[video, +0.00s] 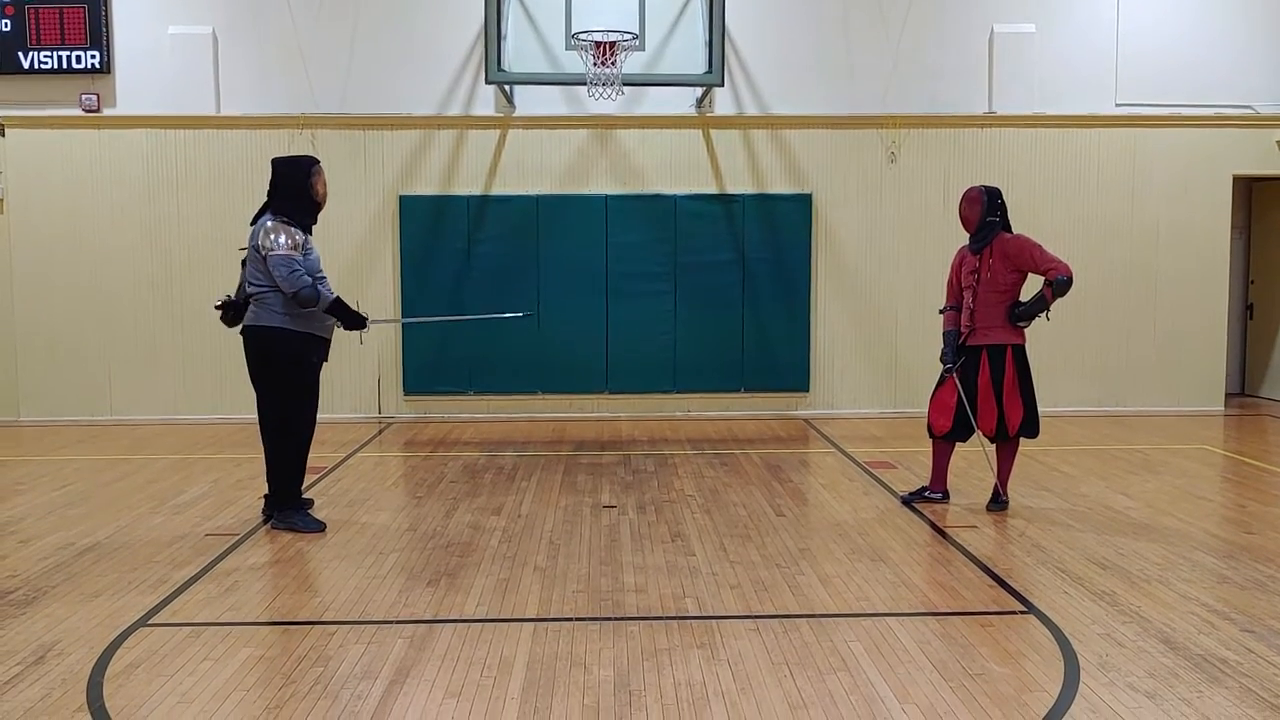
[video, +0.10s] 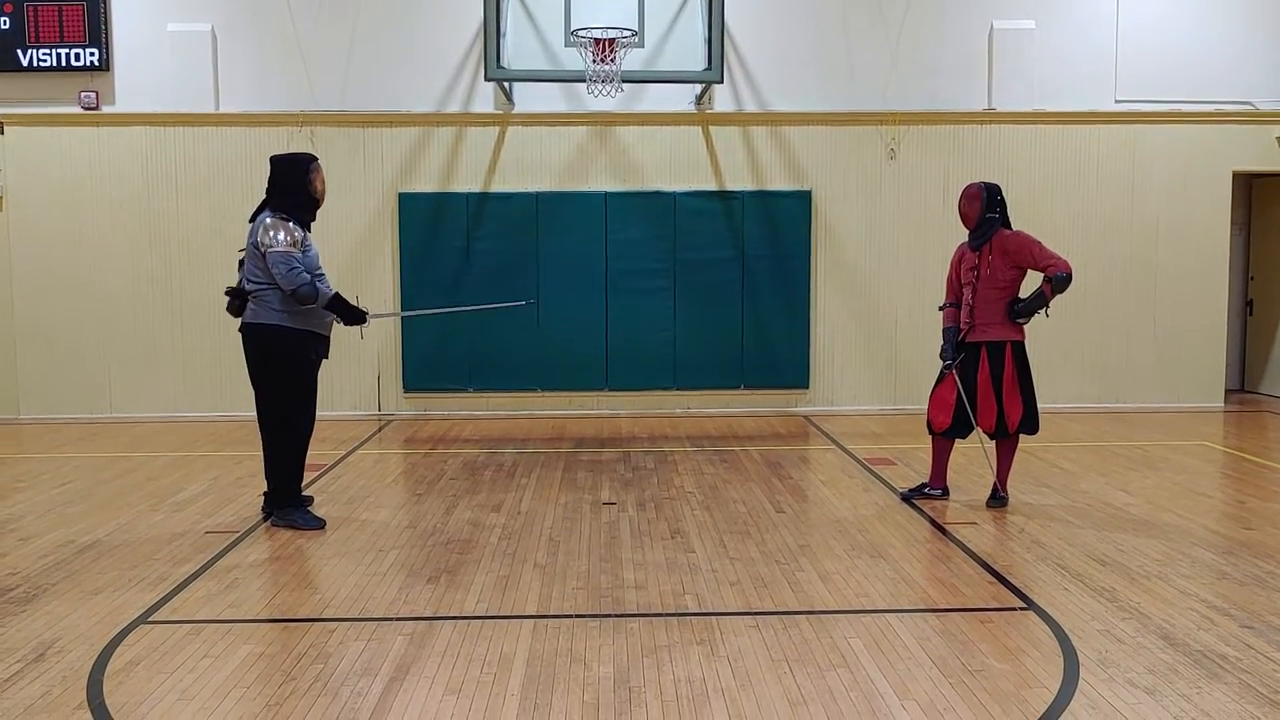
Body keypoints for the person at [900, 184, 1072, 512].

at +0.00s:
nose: (962, 216)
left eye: (967, 208)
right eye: (961, 209)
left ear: (987, 210)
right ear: (971, 211)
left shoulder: (1013, 244)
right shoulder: (964, 255)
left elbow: (1061, 275)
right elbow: (953, 304)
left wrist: (1032, 308)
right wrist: (949, 343)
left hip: (1004, 347)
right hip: (967, 348)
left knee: (1007, 417)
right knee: (944, 411)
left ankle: (1000, 490)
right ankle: (937, 486)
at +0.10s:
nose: (962, 212)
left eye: (967, 204)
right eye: (961, 205)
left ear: (987, 206)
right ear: (969, 207)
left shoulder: (1012, 241)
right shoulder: (963, 251)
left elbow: (1061, 272)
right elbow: (952, 300)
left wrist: (1030, 305)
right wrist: (949, 340)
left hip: (1003, 344)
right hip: (966, 345)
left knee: (1006, 414)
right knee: (943, 408)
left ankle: (1000, 487)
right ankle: (937, 483)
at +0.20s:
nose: (961, 206)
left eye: (967, 199)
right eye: (960, 199)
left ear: (987, 202)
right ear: (968, 204)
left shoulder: (1011, 237)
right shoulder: (963, 248)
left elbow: (1061, 268)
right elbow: (952, 297)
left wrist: (1030, 301)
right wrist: (949, 336)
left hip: (1003, 340)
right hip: (966, 341)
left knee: (1006, 410)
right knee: (943, 404)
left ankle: (1000, 484)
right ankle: (936, 480)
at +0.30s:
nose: (960, 202)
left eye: (967, 195)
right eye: (960, 196)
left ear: (987, 199)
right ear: (967, 201)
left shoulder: (1011, 234)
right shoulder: (963, 245)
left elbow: (1060, 265)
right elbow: (952, 294)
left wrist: (1029, 298)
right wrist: (948, 333)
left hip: (1002, 336)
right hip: (965, 337)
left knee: (1005, 407)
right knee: (942, 401)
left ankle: (999, 481)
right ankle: (936, 477)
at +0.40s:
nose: (960, 200)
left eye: (966, 193)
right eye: (960, 193)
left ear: (986, 196)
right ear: (967, 198)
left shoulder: (1010, 231)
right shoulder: (962, 242)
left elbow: (1059, 262)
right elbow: (952, 292)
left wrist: (1028, 295)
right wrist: (947, 332)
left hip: (1002, 334)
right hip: (966, 335)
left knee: (1005, 404)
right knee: (942, 398)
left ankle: (999, 478)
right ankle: (936, 474)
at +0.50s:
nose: (960, 198)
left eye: (966, 190)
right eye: (959, 191)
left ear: (986, 194)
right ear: (966, 195)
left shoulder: (1009, 229)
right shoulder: (962, 240)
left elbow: (1058, 259)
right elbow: (951, 290)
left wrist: (1028, 292)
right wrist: (947, 328)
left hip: (1002, 332)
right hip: (964, 333)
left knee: (1004, 402)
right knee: (941, 395)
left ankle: (998, 475)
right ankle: (935, 471)